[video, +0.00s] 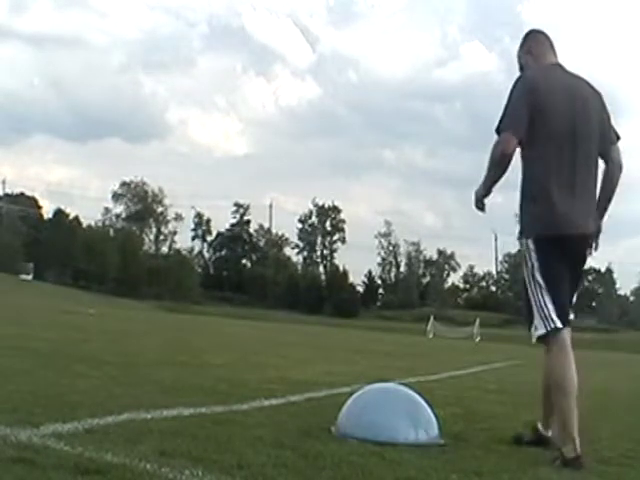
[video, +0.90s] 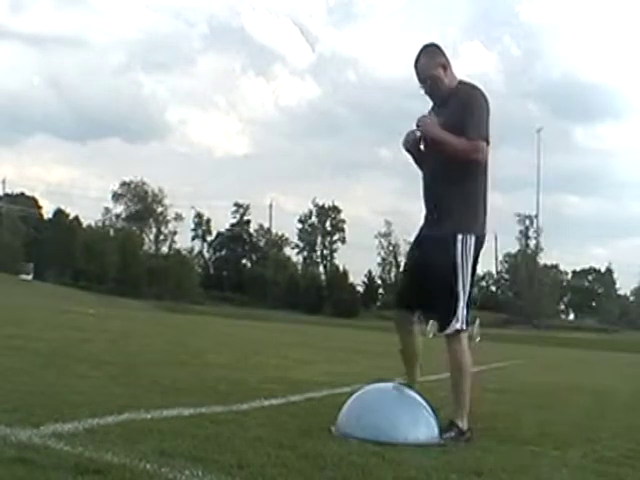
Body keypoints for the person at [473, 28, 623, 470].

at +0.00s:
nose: (523, 68)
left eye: (522, 61)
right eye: (523, 62)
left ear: (529, 52)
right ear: (554, 51)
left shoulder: (530, 82)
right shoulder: (590, 92)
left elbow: (506, 146)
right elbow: (616, 162)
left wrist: (485, 188)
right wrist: (598, 215)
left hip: (544, 224)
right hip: (583, 225)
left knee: (557, 335)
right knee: (555, 331)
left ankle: (571, 448)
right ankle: (548, 428)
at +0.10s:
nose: (513, 75)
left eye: (512, 68)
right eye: (513, 69)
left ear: (521, 56)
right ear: (543, 57)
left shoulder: (524, 85)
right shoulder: (578, 97)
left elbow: (506, 145)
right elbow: (595, 169)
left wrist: (484, 186)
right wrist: (573, 205)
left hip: (533, 221)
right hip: (568, 223)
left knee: (537, 329)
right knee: (543, 328)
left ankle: (563, 431)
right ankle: (542, 426)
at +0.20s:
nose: (504, 78)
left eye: (504, 71)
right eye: (503, 72)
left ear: (515, 58)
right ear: (531, 58)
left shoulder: (518, 85)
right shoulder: (562, 96)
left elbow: (507, 144)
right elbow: (574, 168)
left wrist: (485, 182)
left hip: (525, 222)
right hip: (559, 224)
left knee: (502, 326)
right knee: (537, 330)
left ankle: (546, 408)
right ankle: (542, 424)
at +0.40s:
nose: (479, 85)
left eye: (479, 76)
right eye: (476, 79)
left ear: (494, 63)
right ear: (502, 62)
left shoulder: (505, 86)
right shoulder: (525, 93)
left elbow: (506, 139)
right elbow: (524, 154)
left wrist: (470, 164)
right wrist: (485, 163)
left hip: (505, 223)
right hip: (535, 224)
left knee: (474, 320)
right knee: (525, 328)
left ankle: (481, 419)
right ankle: (537, 427)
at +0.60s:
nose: (453, 94)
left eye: (455, 85)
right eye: (451, 87)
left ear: (473, 72)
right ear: (469, 75)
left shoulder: (488, 101)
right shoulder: (487, 105)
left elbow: (493, 156)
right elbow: (491, 163)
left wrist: (452, 164)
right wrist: (453, 162)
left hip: (481, 235)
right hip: (488, 233)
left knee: (458, 332)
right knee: (482, 332)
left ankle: (460, 424)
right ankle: (521, 403)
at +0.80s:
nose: (434, 87)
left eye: (437, 78)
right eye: (430, 82)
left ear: (455, 67)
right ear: (433, 79)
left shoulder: (478, 97)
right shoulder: (448, 113)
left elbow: (483, 154)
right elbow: (444, 164)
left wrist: (437, 143)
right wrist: (426, 153)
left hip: (469, 228)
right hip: (446, 227)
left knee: (456, 329)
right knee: (424, 315)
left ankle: (459, 423)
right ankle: (461, 382)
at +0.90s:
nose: (426, 88)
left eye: (428, 78)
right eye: (421, 82)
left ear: (445, 67)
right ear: (423, 80)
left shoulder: (471, 96)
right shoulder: (436, 113)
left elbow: (478, 151)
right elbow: (438, 174)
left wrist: (435, 132)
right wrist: (414, 150)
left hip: (462, 226)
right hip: (433, 226)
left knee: (454, 327)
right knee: (404, 313)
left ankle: (461, 423)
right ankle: (411, 395)